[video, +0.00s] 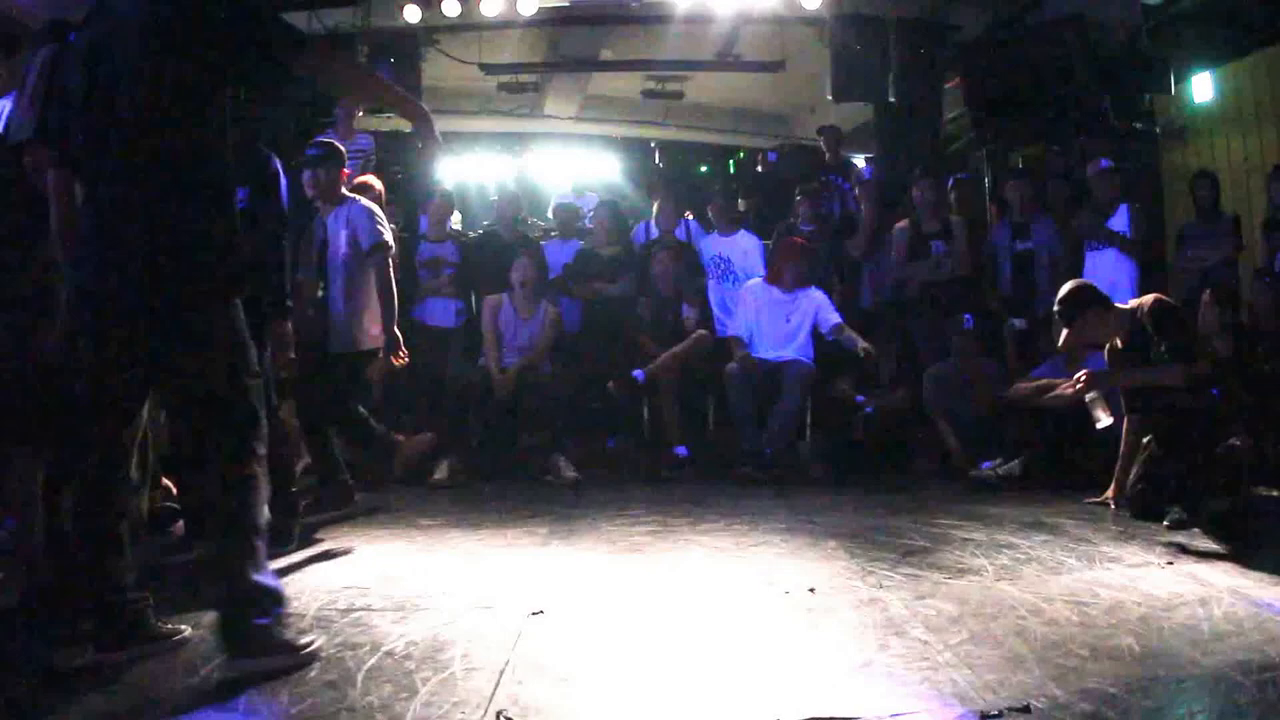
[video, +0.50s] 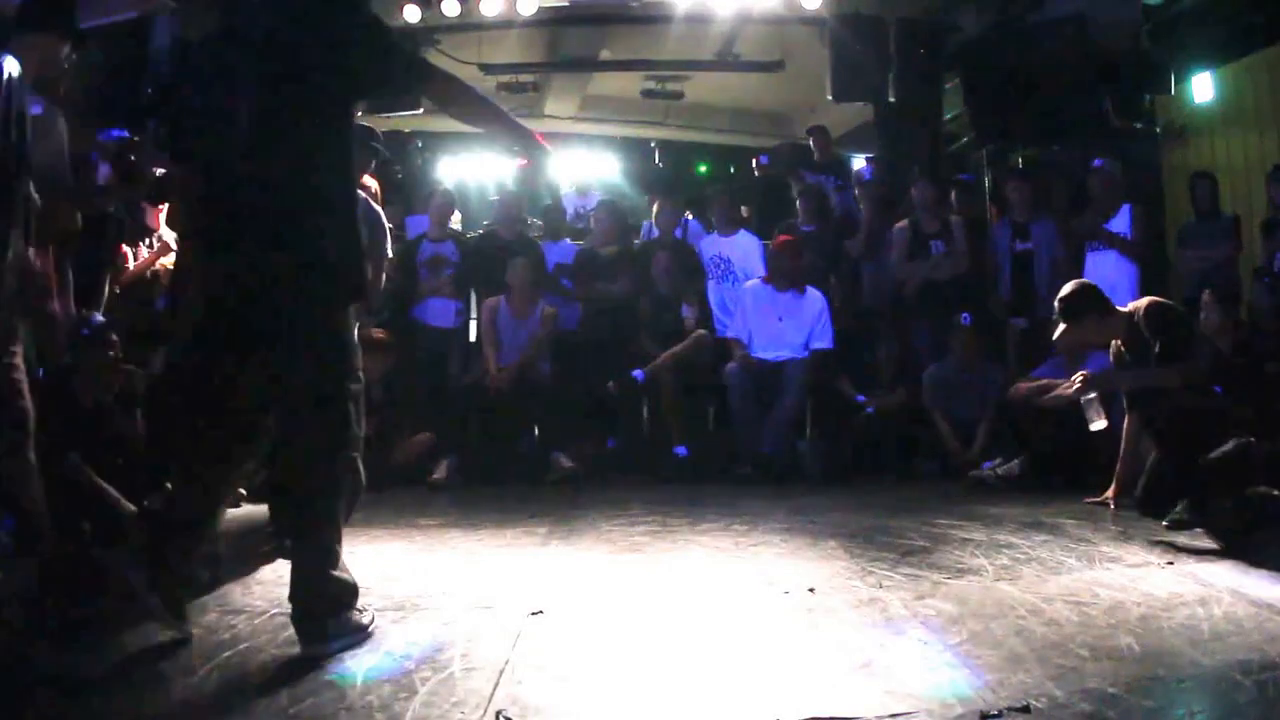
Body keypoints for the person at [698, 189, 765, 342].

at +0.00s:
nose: (712, 211)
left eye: (717, 206)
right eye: (710, 207)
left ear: (730, 209)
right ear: (708, 212)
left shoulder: (751, 242)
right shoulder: (705, 244)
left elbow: (759, 284)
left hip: (749, 323)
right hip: (720, 324)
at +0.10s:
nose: (715, 215)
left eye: (721, 209)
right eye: (713, 210)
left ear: (733, 211)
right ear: (710, 212)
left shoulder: (751, 243)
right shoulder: (705, 244)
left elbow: (760, 284)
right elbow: (708, 281)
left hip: (748, 324)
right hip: (719, 324)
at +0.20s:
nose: (715, 212)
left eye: (720, 207)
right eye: (712, 208)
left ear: (733, 210)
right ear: (708, 212)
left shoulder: (751, 243)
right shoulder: (705, 244)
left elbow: (760, 285)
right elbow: (706, 282)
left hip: (748, 324)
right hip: (719, 325)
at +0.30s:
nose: (714, 212)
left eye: (719, 207)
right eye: (712, 207)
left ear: (731, 209)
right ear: (708, 212)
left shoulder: (750, 242)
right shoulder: (706, 244)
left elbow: (759, 285)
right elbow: (706, 282)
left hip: (747, 324)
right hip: (719, 325)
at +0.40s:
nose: (717, 215)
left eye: (722, 210)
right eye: (714, 211)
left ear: (733, 211)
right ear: (710, 213)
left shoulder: (750, 242)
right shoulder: (706, 244)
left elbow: (760, 283)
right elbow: (709, 280)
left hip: (748, 324)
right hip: (720, 324)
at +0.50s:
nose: (718, 215)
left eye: (723, 209)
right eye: (715, 209)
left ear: (733, 211)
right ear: (710, 214)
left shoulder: (751, 243)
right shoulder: (704, 246)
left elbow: (760, 283)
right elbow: (702, 282)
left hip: (748, 322)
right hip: (719, 323)